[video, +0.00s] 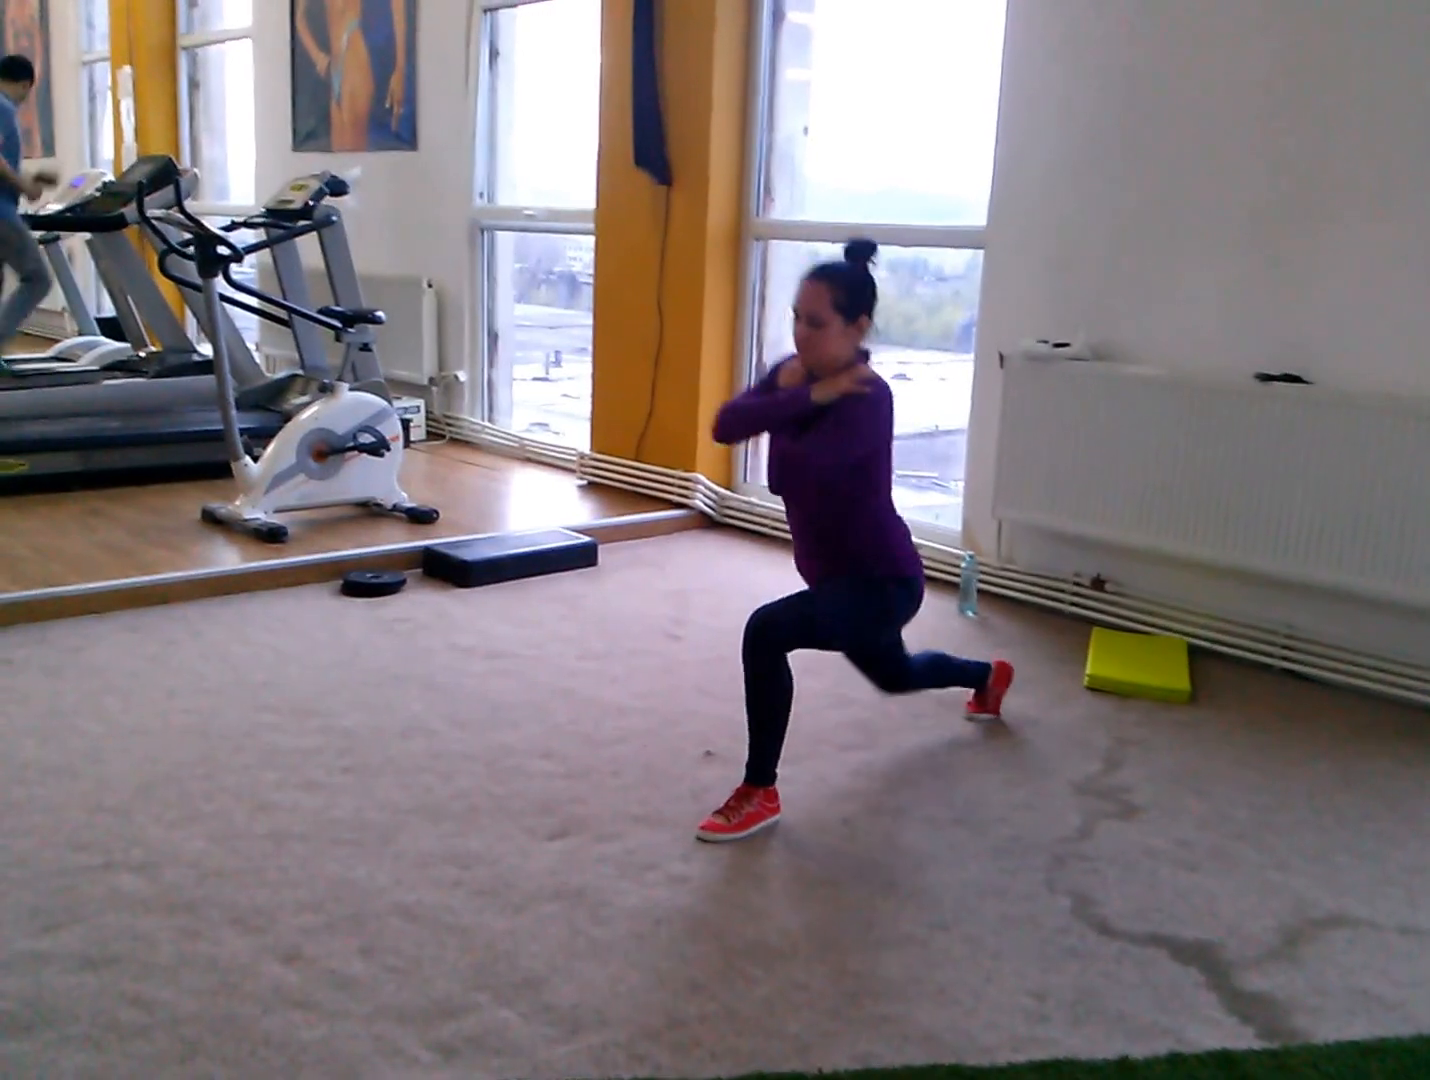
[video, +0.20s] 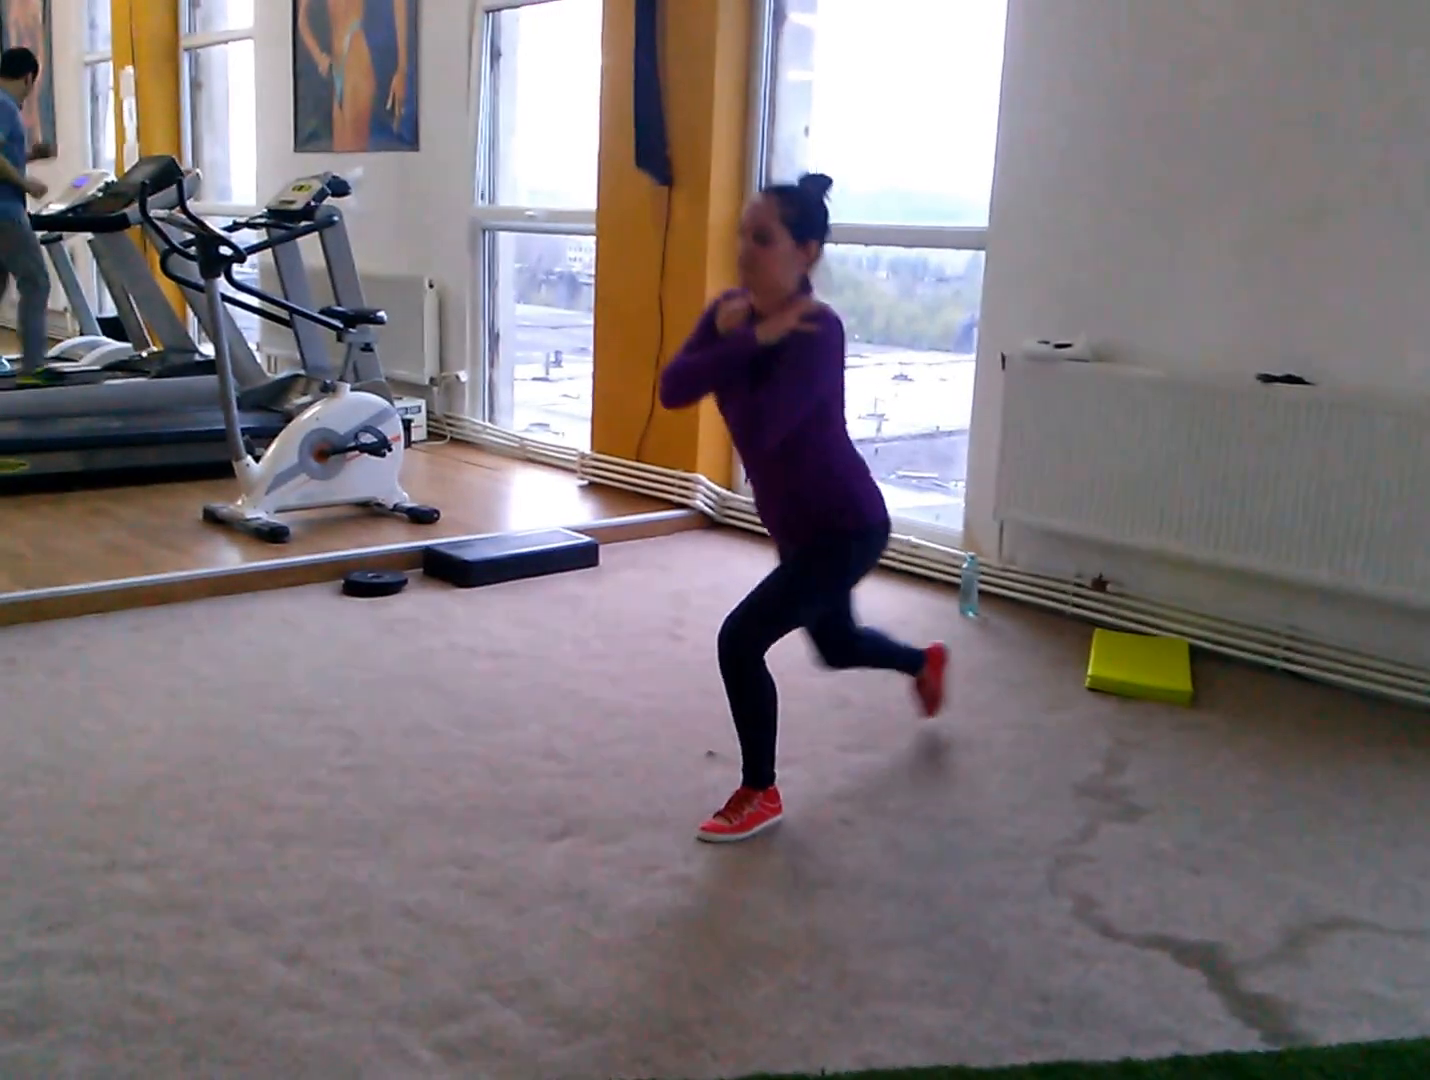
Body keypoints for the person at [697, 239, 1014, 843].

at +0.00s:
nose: (801, 334)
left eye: (817, 324)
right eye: (798, 320)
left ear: (858, 329)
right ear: (794, 320)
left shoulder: (868, 399)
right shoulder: (789, 374)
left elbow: (808, 469)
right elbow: (724, 426)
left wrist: (778, 410)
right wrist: (810, 393)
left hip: (885, 585)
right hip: (833, 583)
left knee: (766, 632)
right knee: (894, 674)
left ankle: (759, 789)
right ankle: (989, 676)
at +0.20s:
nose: (746, 252)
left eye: (763, 239)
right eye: (743, 237)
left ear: (807, 254)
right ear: (738, 241)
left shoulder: (818, 331)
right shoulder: (726, 314)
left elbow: (765, 430)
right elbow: (672, 390)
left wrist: (720, 347)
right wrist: (753, 338)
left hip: (849, 530)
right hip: (796, 530)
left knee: (740, 640)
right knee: (837, 645)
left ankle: (760, 791)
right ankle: (923, 663)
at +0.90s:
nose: (613, 210)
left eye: (628, 196)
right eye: (609, 195)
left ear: (677, 202)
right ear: (610, 198)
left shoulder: (693, 289)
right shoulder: (616, 282)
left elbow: (614, 347)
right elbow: (534, 318)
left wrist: (588, 301)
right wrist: (621, 273)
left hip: (650, 541)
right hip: (578, 528)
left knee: (617, 733)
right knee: (463, 660)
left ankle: (737, 769)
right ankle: (437, 841)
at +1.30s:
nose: (486, 325)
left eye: (500, 309)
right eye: (484, 310)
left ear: (555, 309)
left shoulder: (578, 400)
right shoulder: (512, 389)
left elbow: (477, 484)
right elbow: (423, 449)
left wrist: (501, 409)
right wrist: (508, 389)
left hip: (574, 652)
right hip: (504, 636)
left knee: (568, 849)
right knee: (372, 692)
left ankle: (715, 779)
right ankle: (434, 844)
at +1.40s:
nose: (477, 327)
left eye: (492, 312)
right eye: (475, 313)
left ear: (546, 315)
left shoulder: (572, 405)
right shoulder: (497, 393)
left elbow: (472, 493)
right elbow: (415, 458)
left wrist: (488, 422)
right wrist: (501, 398)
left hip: (574, 653)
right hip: (503, 638)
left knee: (567, 851)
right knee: (376, 693)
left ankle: (712, 779)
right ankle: (433, 844)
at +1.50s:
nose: (478, 317)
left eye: (491, 301)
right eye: (475, 303)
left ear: (546, 304)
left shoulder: (576, 394)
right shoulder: (498, 386)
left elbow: (483, 486)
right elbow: (420, 453)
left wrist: (497, 401)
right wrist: (501, 386)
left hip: (584, 642)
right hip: (512, 628)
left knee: (572, 840)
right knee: (388, 689)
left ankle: (715, 777)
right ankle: (433, 844)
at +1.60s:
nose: (497, 291)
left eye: (511, 275)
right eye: (495, 275)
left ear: (563, 282)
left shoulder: (590, 368)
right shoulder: (514, 363)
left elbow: (507, 461)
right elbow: (434, 425)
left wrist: (498, 388)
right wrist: (523, 363)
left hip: (601, 621)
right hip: (528, 609)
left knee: (584, 818)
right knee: (403, 682)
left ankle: (719, 774)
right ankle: (432, 844)